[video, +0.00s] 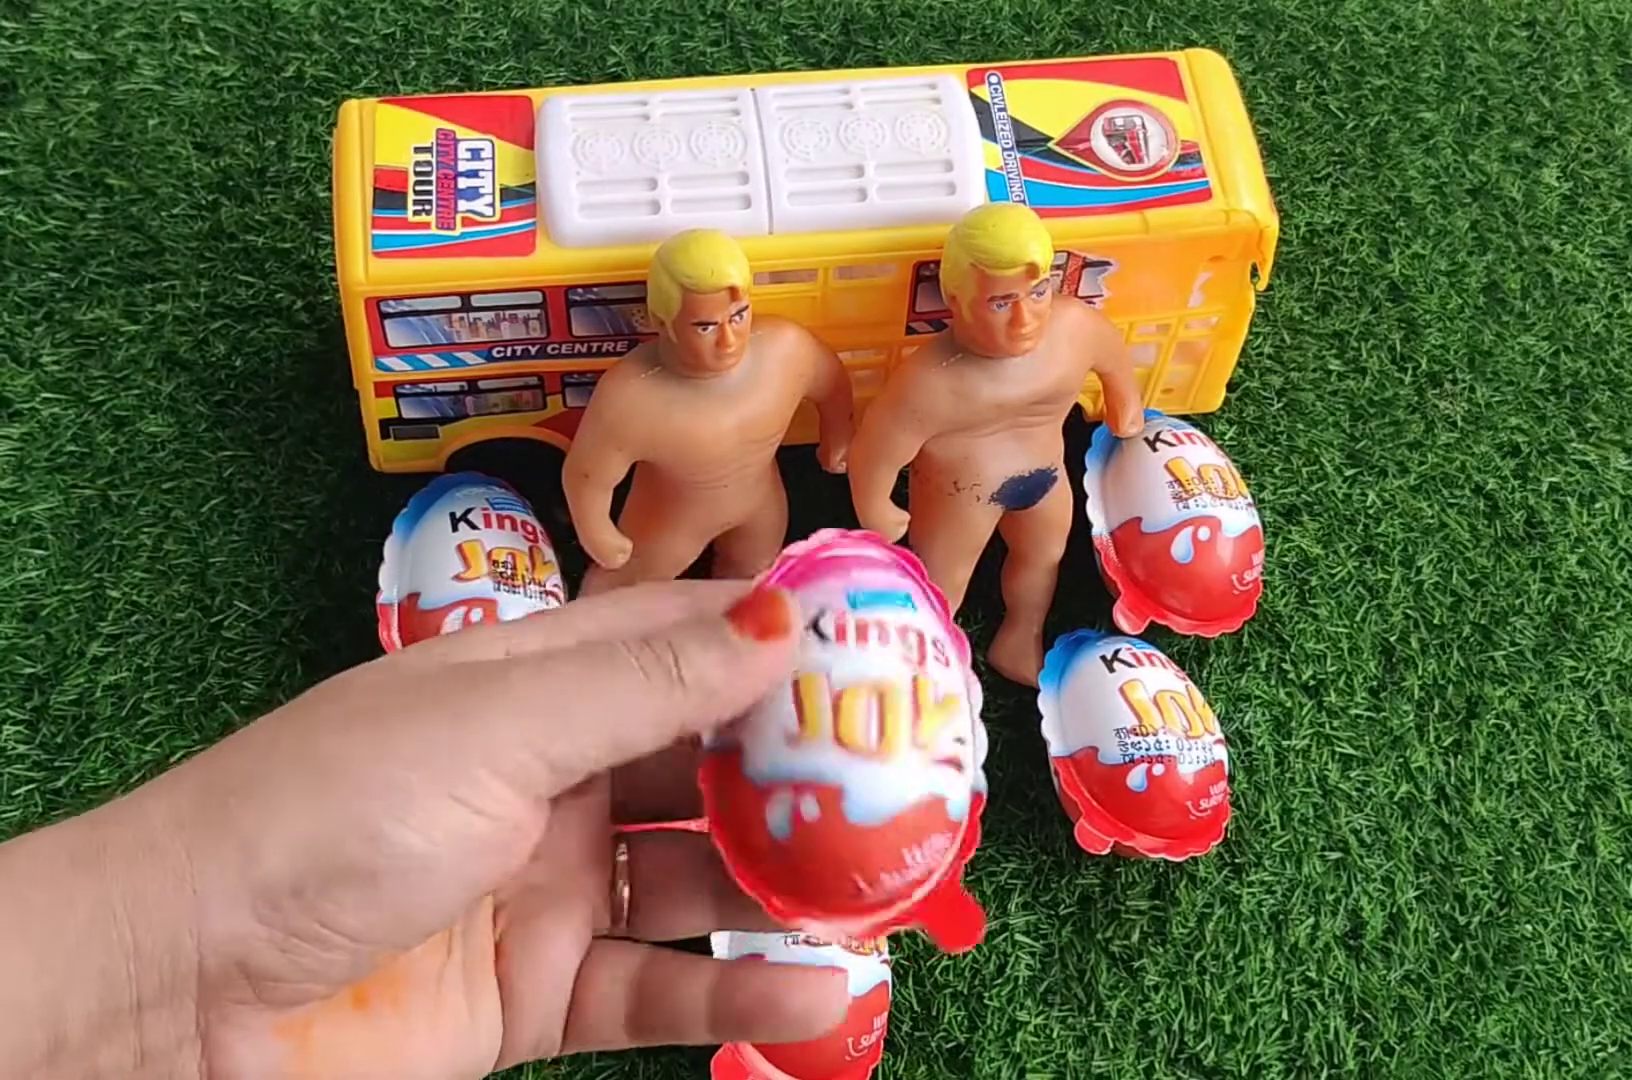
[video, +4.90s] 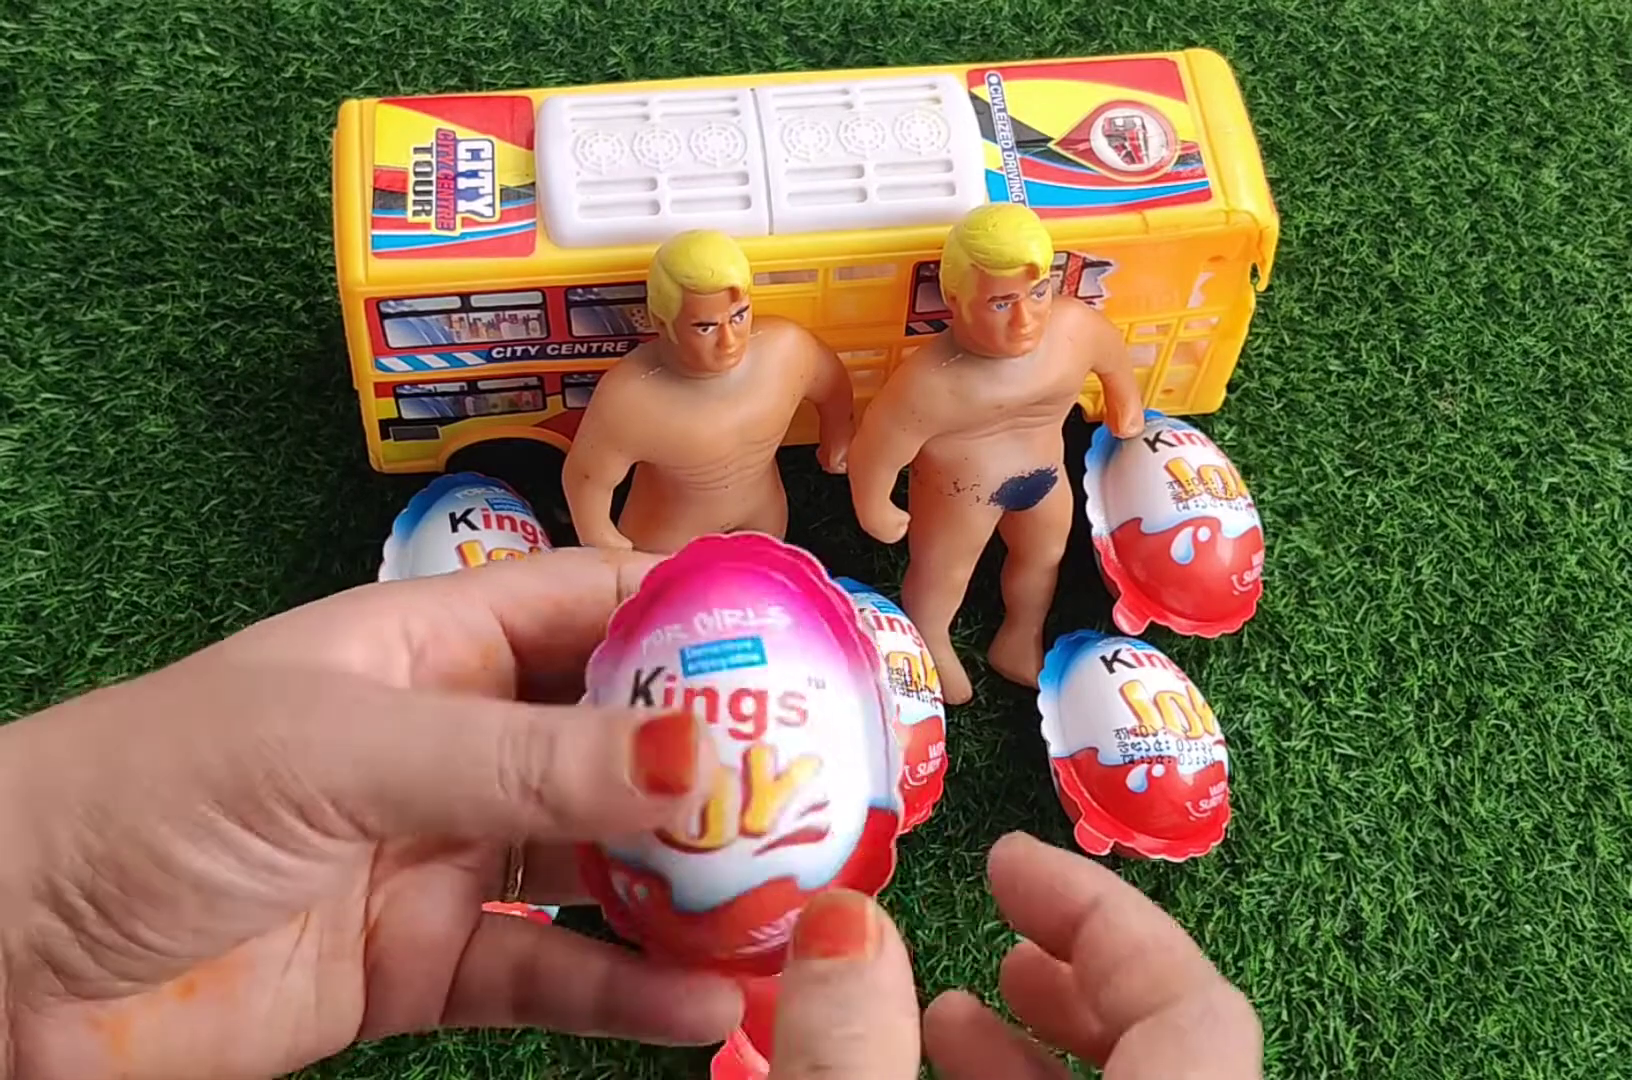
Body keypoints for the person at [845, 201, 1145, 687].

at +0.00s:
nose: (1024, 317)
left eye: (1037, 294)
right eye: (1000, 302)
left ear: (1051, 283)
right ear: (953, 303)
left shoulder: (1079, 328)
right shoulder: (927, 381)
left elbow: (1115, 362)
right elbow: (871, 458)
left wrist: (1126, 410)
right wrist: (879, 516)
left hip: (1044, 479)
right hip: (958, 492)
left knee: (1040, 563)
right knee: (940, 584)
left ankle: (1020, 643)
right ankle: (922, 662)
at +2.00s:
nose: (1025, 318)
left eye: (1038, 294)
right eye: (1001, 303)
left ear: (1051, 284)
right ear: (952, 303)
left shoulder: (1079, 327)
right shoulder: (928, 381)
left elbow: (1116, 364)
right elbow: (871, 459)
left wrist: (1127, 410)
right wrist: (879, 516)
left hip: (1044, 478)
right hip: (959, 491)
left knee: (1040, 565)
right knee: (942, 579)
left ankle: (1023, 644)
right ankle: (928, 656)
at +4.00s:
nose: (1024, 317)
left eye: (1037, 294)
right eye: (1000, 303)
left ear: (1051, 283)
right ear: (954, 301)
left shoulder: (1078, 327)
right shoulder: (927, 383)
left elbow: (1114, 361)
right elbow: (873, 452)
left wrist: (1127, 410)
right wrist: (877, 513)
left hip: (1045, 476)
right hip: (960, 490)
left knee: (1041, 560)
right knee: (942, 576)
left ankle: (1020, 642)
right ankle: (931, 643)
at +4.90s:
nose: (1024, 317)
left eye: (1036, 295)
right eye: (1000, 303)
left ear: (1050, 284)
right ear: (953, 304)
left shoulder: (1078, 327)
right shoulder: (926, 384)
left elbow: (1114, 361)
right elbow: (873, 453)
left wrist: (1127, 408)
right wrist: (877, 515)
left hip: (1045, 476)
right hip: (959, 492)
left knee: (1041, 560)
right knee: (941, 576)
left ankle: (1020, 642)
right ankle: (931, 644)